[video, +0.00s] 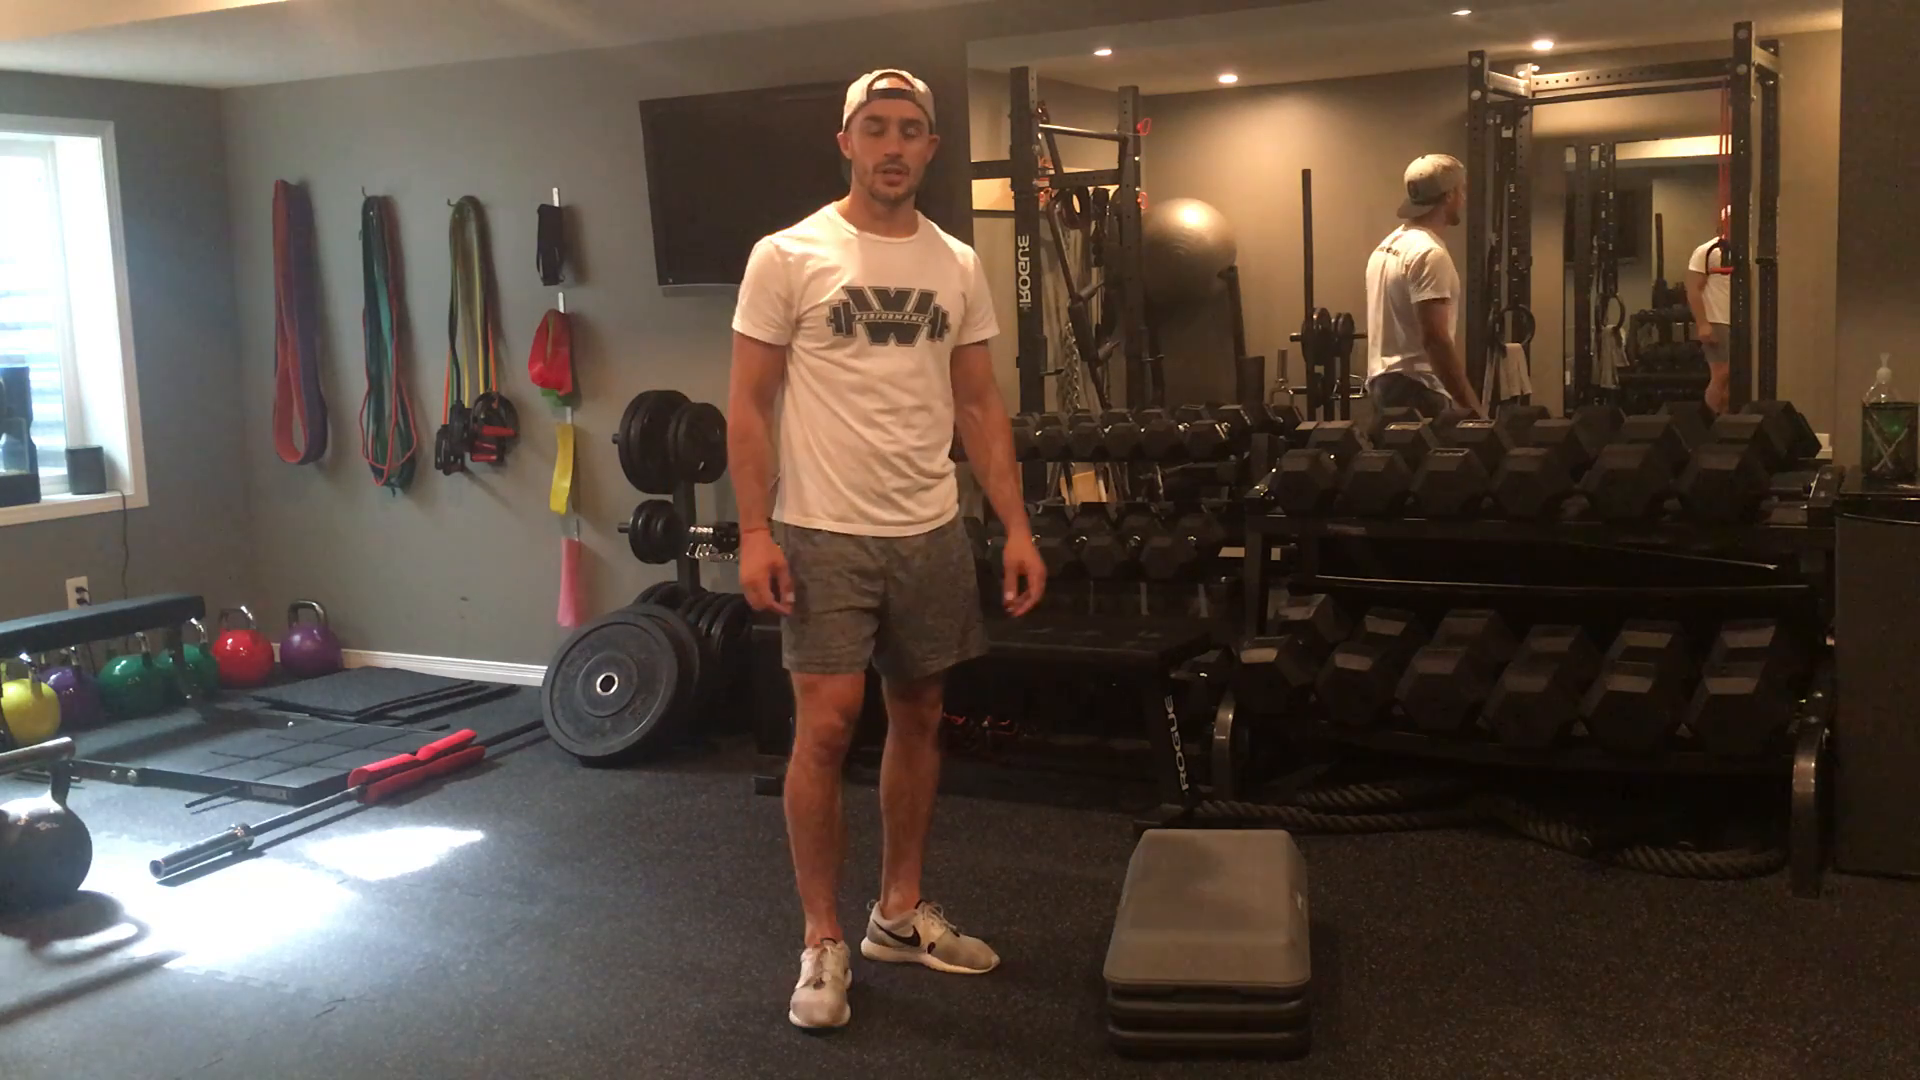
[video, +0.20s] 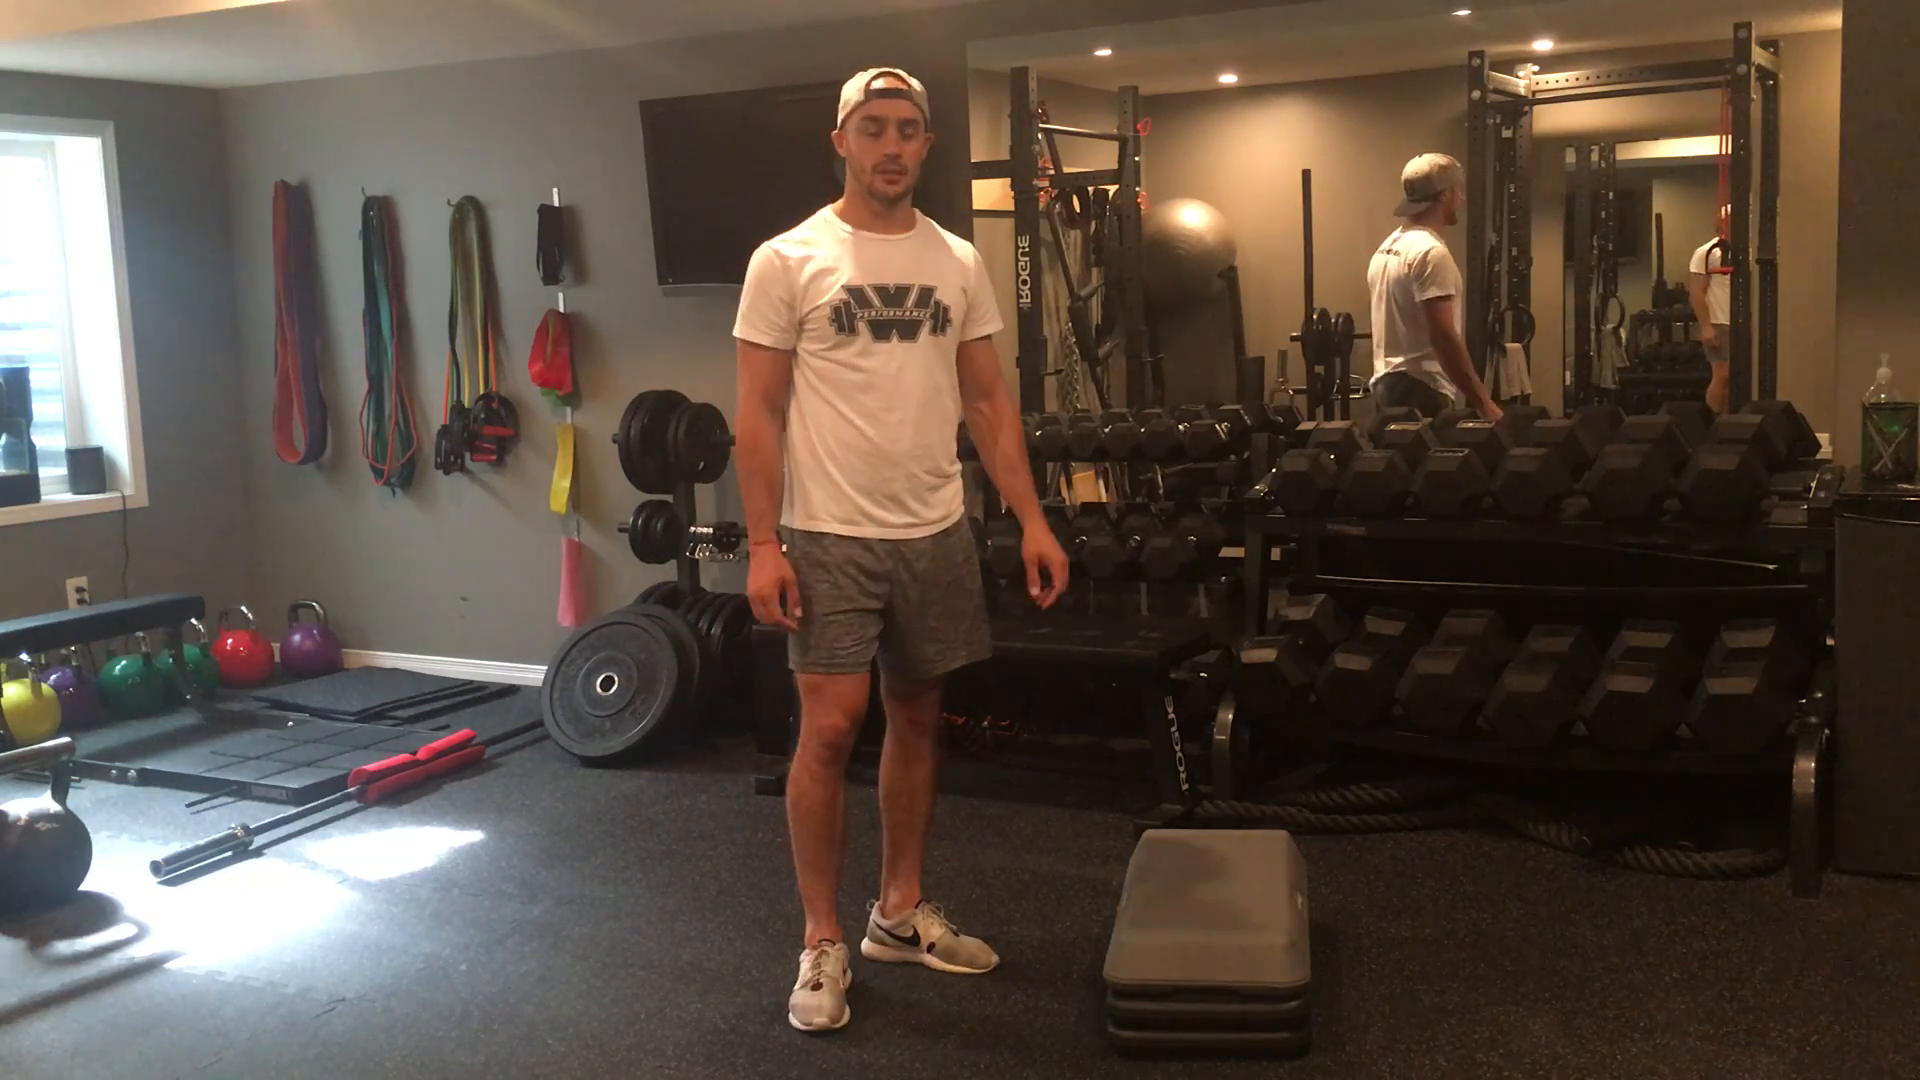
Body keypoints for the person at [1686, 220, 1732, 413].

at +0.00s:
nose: (1732, 228)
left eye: (1735, 224)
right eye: (1729, 223)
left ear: (1740, 226)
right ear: (1722, 225)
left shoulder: (1743, 253)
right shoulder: (1706, 252)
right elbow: (1693, 289)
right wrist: (1702, 323)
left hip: (1739, 325)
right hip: (1717, 323)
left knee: (1730, 378)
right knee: (1721, 375)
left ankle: (1725, 422)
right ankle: (1706, 421)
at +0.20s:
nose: (1731, 224)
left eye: (1734, 219)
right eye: (1728, 219)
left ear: (1740, 222)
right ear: (1720, 222)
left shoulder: (1744, 252)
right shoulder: (1705, 253)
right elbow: (1697, 293)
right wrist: (1706, 325)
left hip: (1741, 324)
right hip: (1719, 324)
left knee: (1733, 378)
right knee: (1721, 376)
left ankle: (1729, 422)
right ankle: (1712, 422)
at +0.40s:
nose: (1734, 230)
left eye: (1736, 225)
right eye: (1730, 225)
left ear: (1740, 227)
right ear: (1721, 226)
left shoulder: (1742, 253)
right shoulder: (1704, 254)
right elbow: (1697, 295)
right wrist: (1704, 327)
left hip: (1741, 324)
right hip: (1720, 324)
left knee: (1734, 378)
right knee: (1722, 377)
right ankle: (1714, 423)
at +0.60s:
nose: (1734, 230)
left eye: (1737, 225)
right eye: (1731, 224)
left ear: (1742, 227)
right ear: (1723, 224)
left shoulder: (1745, 254)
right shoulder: (1706, 254)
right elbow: (1697, 293)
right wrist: (1702, 328)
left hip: (1744, 325)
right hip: (1721, 324)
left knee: (1734, 377)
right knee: (1724, 376)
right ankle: (1714, 422)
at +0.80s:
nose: (1731, 231)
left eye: (1734, 226)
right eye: (1728, 226)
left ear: (1739, 227)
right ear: (1721, 227)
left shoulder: (1744, 253)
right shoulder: (1705, 254)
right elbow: (1698, 293)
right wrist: (1704, 327)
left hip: (1743, 325)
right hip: (1721, 325)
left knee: (1734, 378)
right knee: (1723, 376)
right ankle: (1716, 423)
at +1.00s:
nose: (1733, 231)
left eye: (1736, 226)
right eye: (1730, 226)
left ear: (1742, 228)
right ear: (1723, 227)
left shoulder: (1744, 253)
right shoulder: (1707, 253)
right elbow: (1699, 293)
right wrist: (1707, 325)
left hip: (1743, 325)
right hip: (1721, 324)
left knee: (1734, 377)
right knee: (1723, 375)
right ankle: (1715, 423)